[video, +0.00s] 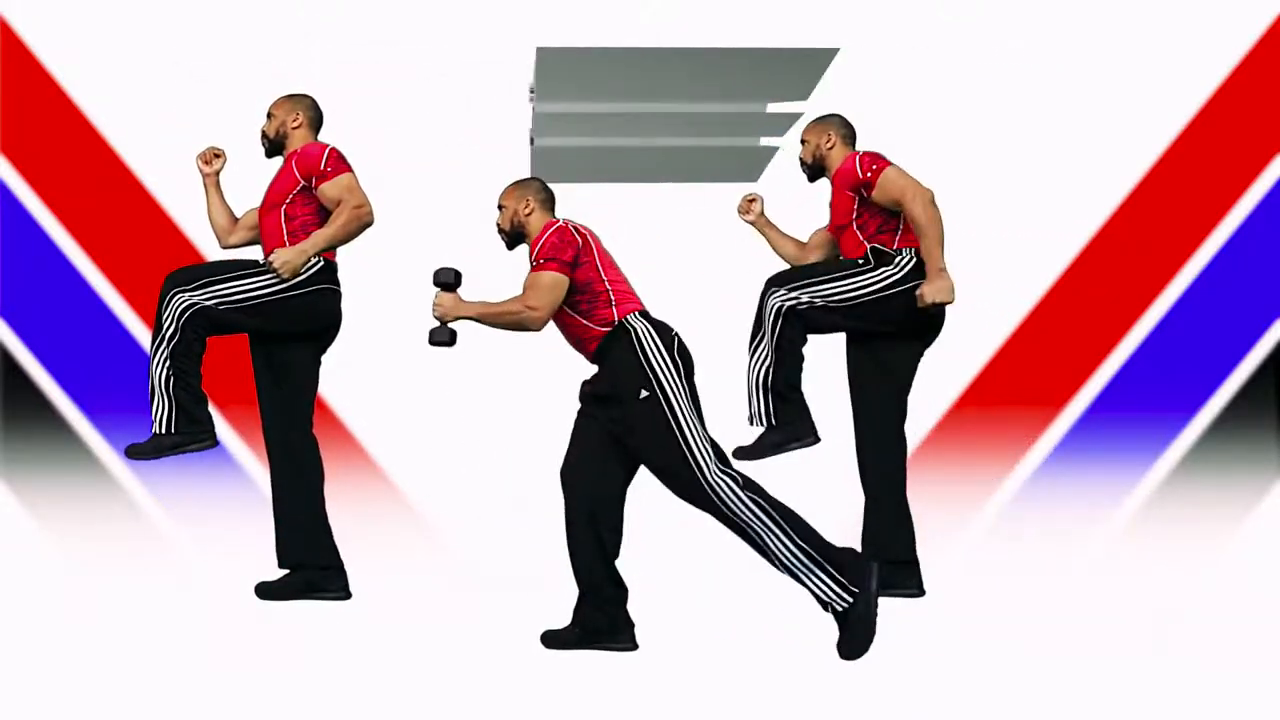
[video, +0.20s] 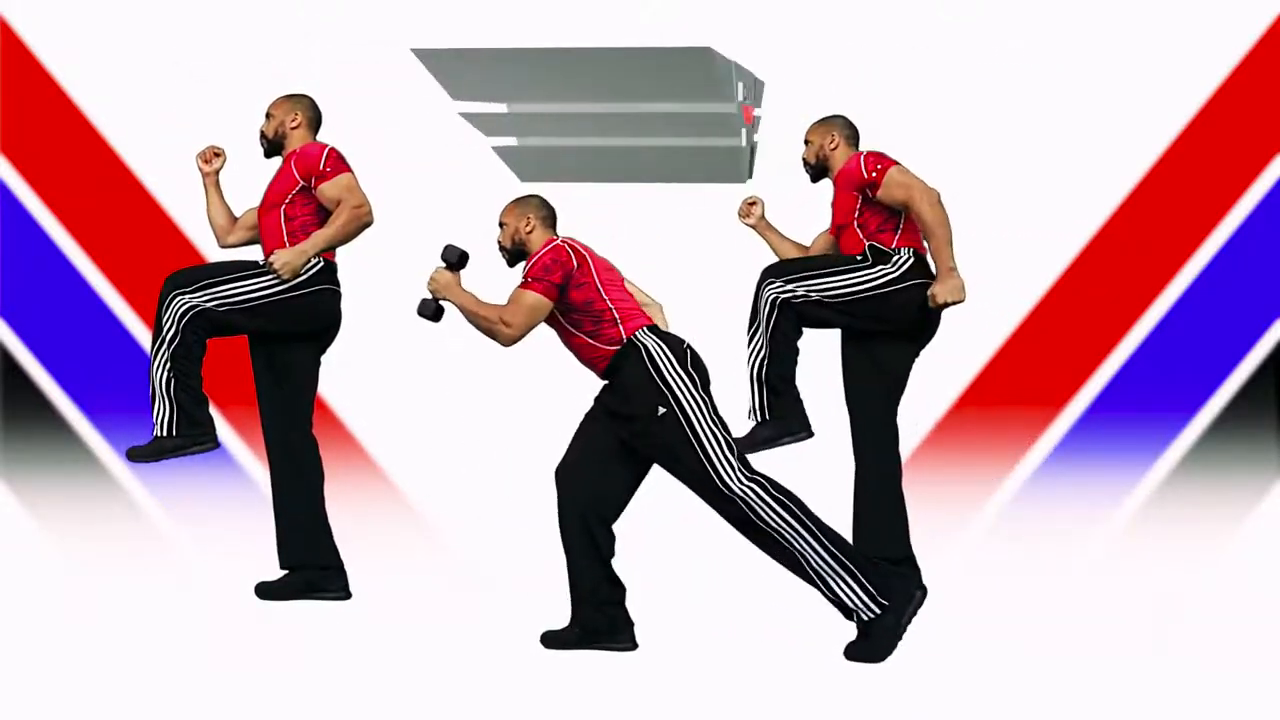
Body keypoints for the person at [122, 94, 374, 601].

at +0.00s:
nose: (263, 126)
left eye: (270, 117)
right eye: (265, 118)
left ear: (297, 120)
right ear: (294, 123)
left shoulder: (316, 154)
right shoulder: (288, 186)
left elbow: (358, 209)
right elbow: (231, 234)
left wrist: (305, 249)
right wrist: (211, 179)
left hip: (298, 283)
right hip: (296, 298)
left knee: (182, 291)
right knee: (289, 438)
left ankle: (183, 424)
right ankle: (316, 569)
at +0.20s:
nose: (261, 127)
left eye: (269, 117)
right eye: (263, 119)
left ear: (295, 120)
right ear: (294, 123)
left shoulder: (316, 154)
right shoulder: (285, 186)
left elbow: (358, 210)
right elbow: (230, 234)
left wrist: (305, 249)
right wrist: (211, 178)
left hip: (300, 282)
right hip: (295, 298)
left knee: (182, 293)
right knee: (289, 439)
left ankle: (185, 426)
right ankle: (316, 570)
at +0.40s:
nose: (261, 126)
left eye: (268, 117)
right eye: (263, 119)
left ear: (295, 120)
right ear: (294, 123)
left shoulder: (316, 154)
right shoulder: (286, 185)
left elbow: (358, 209)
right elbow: (230, 233)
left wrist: (304, 252)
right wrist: (211, 178)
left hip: (297, 283)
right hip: (295, 299)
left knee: (181, 292)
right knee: (288, 440)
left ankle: (183, 427)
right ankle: (316, 570)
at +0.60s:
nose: (261, 126)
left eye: (268, 116)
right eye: (263, 118)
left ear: (294, 118)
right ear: (295, 120)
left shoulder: (315, 153)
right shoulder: (284, 181)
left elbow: (352, 212)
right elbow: (236, 241)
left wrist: (293, 253)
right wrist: (209, 190)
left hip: (299, 282)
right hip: (295, 296)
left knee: (180, 314)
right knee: (287, 440)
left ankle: (197, 449)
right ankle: (316, 572)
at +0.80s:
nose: (263, 124)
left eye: (268, 113)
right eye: (264, 115)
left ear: (292, 113)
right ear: (300, 117)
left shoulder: (314, 154)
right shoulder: (286, 176)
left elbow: (295, 224)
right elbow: (281, 266)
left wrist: (219, 217)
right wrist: (229, 251)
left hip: (298, 286)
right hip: (297, 293)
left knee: (216, 383)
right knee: (286, 430)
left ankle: (261, 529)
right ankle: (315, 569)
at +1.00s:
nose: (259, 118)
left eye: (265, 108)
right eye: (261, 111)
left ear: (291, 108)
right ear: (300, 114)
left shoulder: (303, 148)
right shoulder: (308, 160)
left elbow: (238, 196)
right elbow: (333, 250)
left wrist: (191, 151)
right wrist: (271, 276)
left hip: (294, 286)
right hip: (297, 288)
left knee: (286, 423)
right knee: (288, 425)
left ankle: (308, 579)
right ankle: (325, 571)